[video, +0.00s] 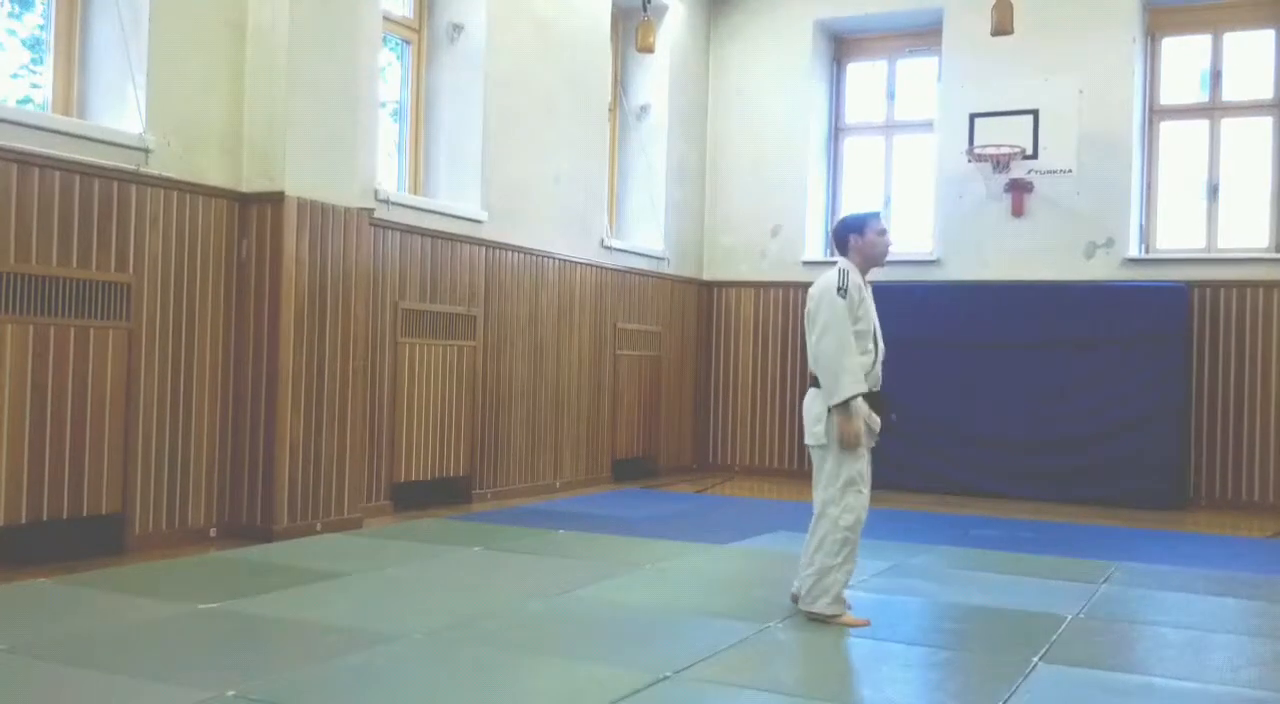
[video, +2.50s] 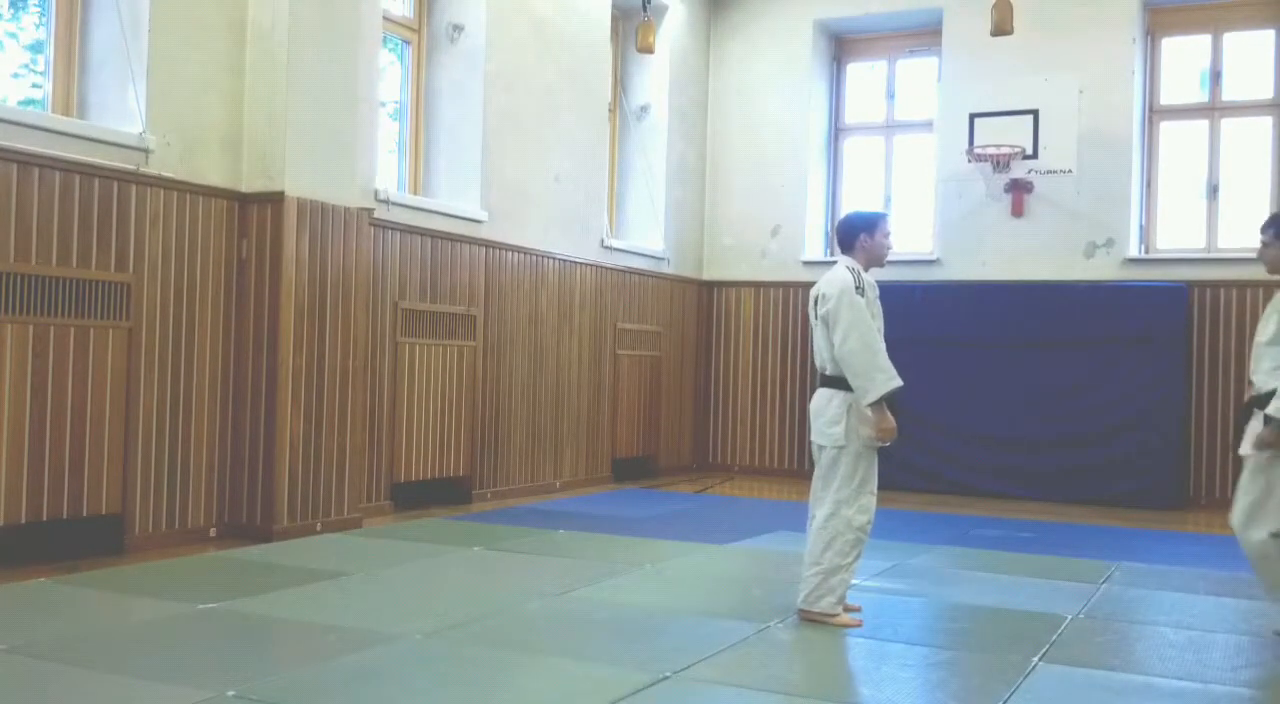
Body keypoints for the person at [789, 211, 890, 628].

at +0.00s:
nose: (888, 239)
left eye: (886, 232)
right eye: (881, 233)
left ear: (860, 241)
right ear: (855, 240)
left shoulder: (856, 284)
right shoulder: (836, 282)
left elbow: (855, 350)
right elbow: (831, 348)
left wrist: (866, 405)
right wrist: (845, 407)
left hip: (849, 403)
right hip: (837, 405)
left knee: (838, 501)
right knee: (846, 504)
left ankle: (812, 586)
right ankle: (822, 599)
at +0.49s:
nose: (876, 245)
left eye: (874, 238)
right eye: (869, 238)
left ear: (844, 243)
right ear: (844, 242)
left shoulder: (830, 283)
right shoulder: (825, 283)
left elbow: (827, 342)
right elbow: (826, 342)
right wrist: (847, 397)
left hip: (809, 401)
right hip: (816, 403)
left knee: (806, 497)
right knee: (838, 497)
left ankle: (802, 588)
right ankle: (822, 597)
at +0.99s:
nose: (870, 244)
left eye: (868, 236)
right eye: (865, 236)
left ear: (840, 242)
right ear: (843, 240)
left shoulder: (825, 281)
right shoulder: (824, 284)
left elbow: (836, 347)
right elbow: (834, 350)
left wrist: (856, 403)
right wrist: (857, 407)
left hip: (819, 403)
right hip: (825, 406)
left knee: (824, 505)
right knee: (835, 509)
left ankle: (812, 592)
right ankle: (816, 602)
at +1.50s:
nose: (888, 246)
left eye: (887, 239)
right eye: (883, 238)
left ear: (858, 241)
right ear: (861, 241)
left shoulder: (845, 281)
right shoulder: (835, 283)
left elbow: (849, 347)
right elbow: (840, 348)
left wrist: (866, 403)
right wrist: (856, 408)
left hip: (838, 404)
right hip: (830, 406)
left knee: (839, 505)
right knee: (835, 508)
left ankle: (823, 590)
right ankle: (813, 602)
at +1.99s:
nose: (893, 245)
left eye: (891, 238)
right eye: (887, 238)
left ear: (864, 240)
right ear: (865, 240)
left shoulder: (852, 282)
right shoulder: (843, 284)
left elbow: (859, 346)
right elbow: (853, 348)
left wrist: (875, 400)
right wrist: (871, 406)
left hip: (845, 403)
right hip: (839, 405)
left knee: (842, 504)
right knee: (840, 507)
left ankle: (825, 590)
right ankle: (816, 602)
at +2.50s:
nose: (891, 244)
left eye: (889, 236)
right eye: (886, 236)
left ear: (861, 240)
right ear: (864, 240)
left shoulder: (843, 280)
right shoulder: (846, 285)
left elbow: (858, 347)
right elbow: (858, 349)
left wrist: (875, 401)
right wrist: (880, 406)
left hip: (840, 401)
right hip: (845, 404)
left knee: (838, 502)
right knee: (847, 506)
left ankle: (826, 591)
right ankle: (819, 601)